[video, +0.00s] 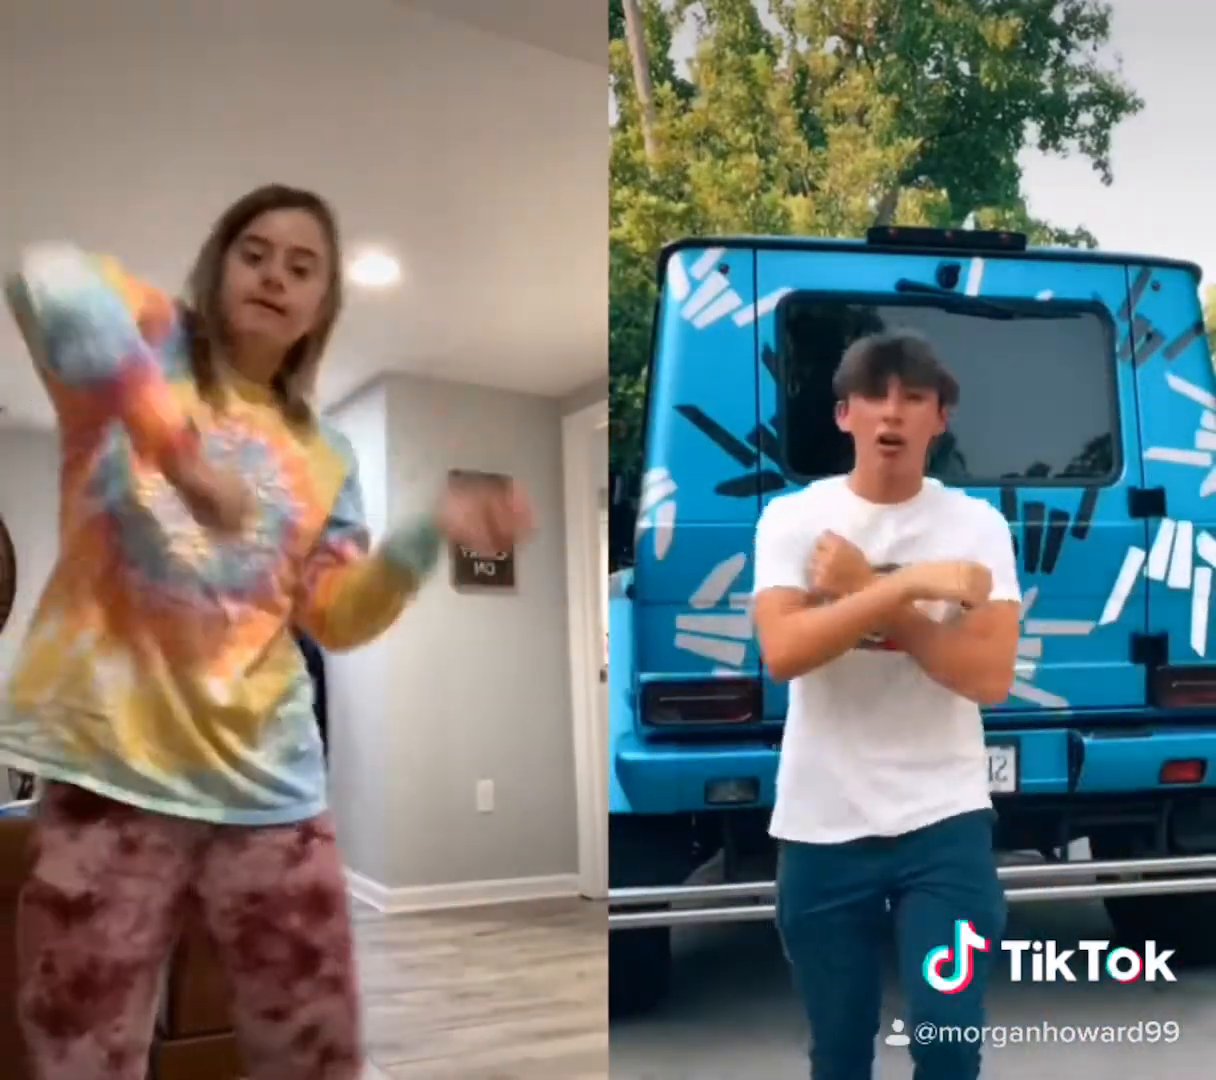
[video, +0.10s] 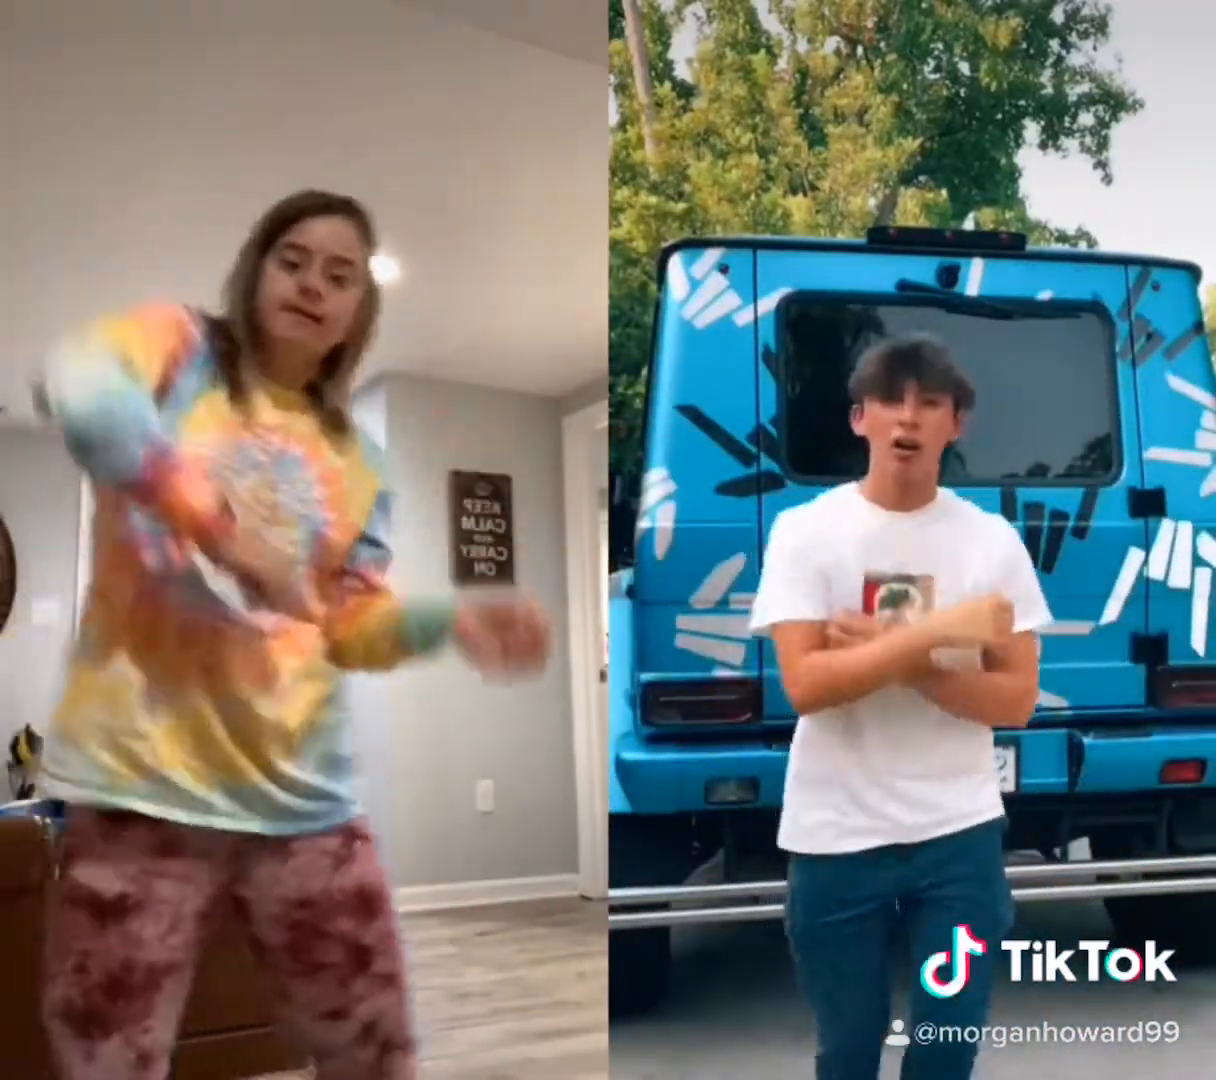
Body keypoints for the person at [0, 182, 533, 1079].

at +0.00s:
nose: (274, 276)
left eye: (303, 266)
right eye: (254, 253)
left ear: (324, 308)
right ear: (216, 269)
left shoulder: (326, 458)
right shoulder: (149, 346)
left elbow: (334, 622)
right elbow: (50, 281)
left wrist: (429, 534)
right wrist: (178, 454)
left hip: (271, 799)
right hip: (106, 786)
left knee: (314, 1061)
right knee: (78, 1064)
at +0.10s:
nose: (311, 286)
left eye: (340, 275)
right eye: (293, 260)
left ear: (361, 315)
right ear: (253, 271)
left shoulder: (356, 463)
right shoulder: (180, 344)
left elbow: (351, 631)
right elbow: (79, 387)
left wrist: (453, 619)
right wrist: (228, 538)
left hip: (301, 806)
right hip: (136, 796)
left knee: (375, 1060)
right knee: (108, 1067)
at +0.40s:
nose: (430, 322)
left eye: (457, 308)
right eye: (410, 299)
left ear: (483, 340)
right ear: (370, 313)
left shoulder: (507, 483)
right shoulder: (285, 463)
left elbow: (542, 642)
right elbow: (226, 648)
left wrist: (529, 746)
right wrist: (368, 717)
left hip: (483, 846)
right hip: (323, 859)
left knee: (539, 1067)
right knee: (274, 1066)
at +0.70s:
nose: (445, 312)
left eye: (470, 293)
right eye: (423, 290)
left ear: (498, 318)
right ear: (388, 309)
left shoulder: (542, 464)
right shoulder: (316, 447)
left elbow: (584, 653)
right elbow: (261, 618)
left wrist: (579, 619)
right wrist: (361, 573)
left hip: (515, 841)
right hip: (363, 843)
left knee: (544, 1069)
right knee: (377, 1070)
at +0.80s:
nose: (432, 303)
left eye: (456, 286)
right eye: (409, 284)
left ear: (482, 312)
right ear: (375, 303)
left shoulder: (533, 456)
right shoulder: (308, 445)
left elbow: (583, 651)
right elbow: (255, 625)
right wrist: (313, 587)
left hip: (512, 836)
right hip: (358, 836)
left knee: (534, 1069)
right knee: (363, 1070)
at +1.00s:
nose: (370, 289)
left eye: (392, 271)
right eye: (345, 270)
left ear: (419, 296)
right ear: (309, 295)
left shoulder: (471, 437)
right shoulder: (252, 432)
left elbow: (537, 555)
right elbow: (205, 567)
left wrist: (499, 643)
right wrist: (208, 651)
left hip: (468, 807)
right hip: (312, 811)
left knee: (487, 1061)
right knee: (270, 1059)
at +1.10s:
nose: (336, 292)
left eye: (358, 274)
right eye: (311, 272)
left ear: (385, 299)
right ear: (274, 295)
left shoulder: (425, 451)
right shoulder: (207, 424)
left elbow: (466, 609)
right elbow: (154, 565)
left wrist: (474, 755)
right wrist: (160, 663)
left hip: (412, 813)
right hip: (253, 815)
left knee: (450, 1060)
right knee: (240, 1060)